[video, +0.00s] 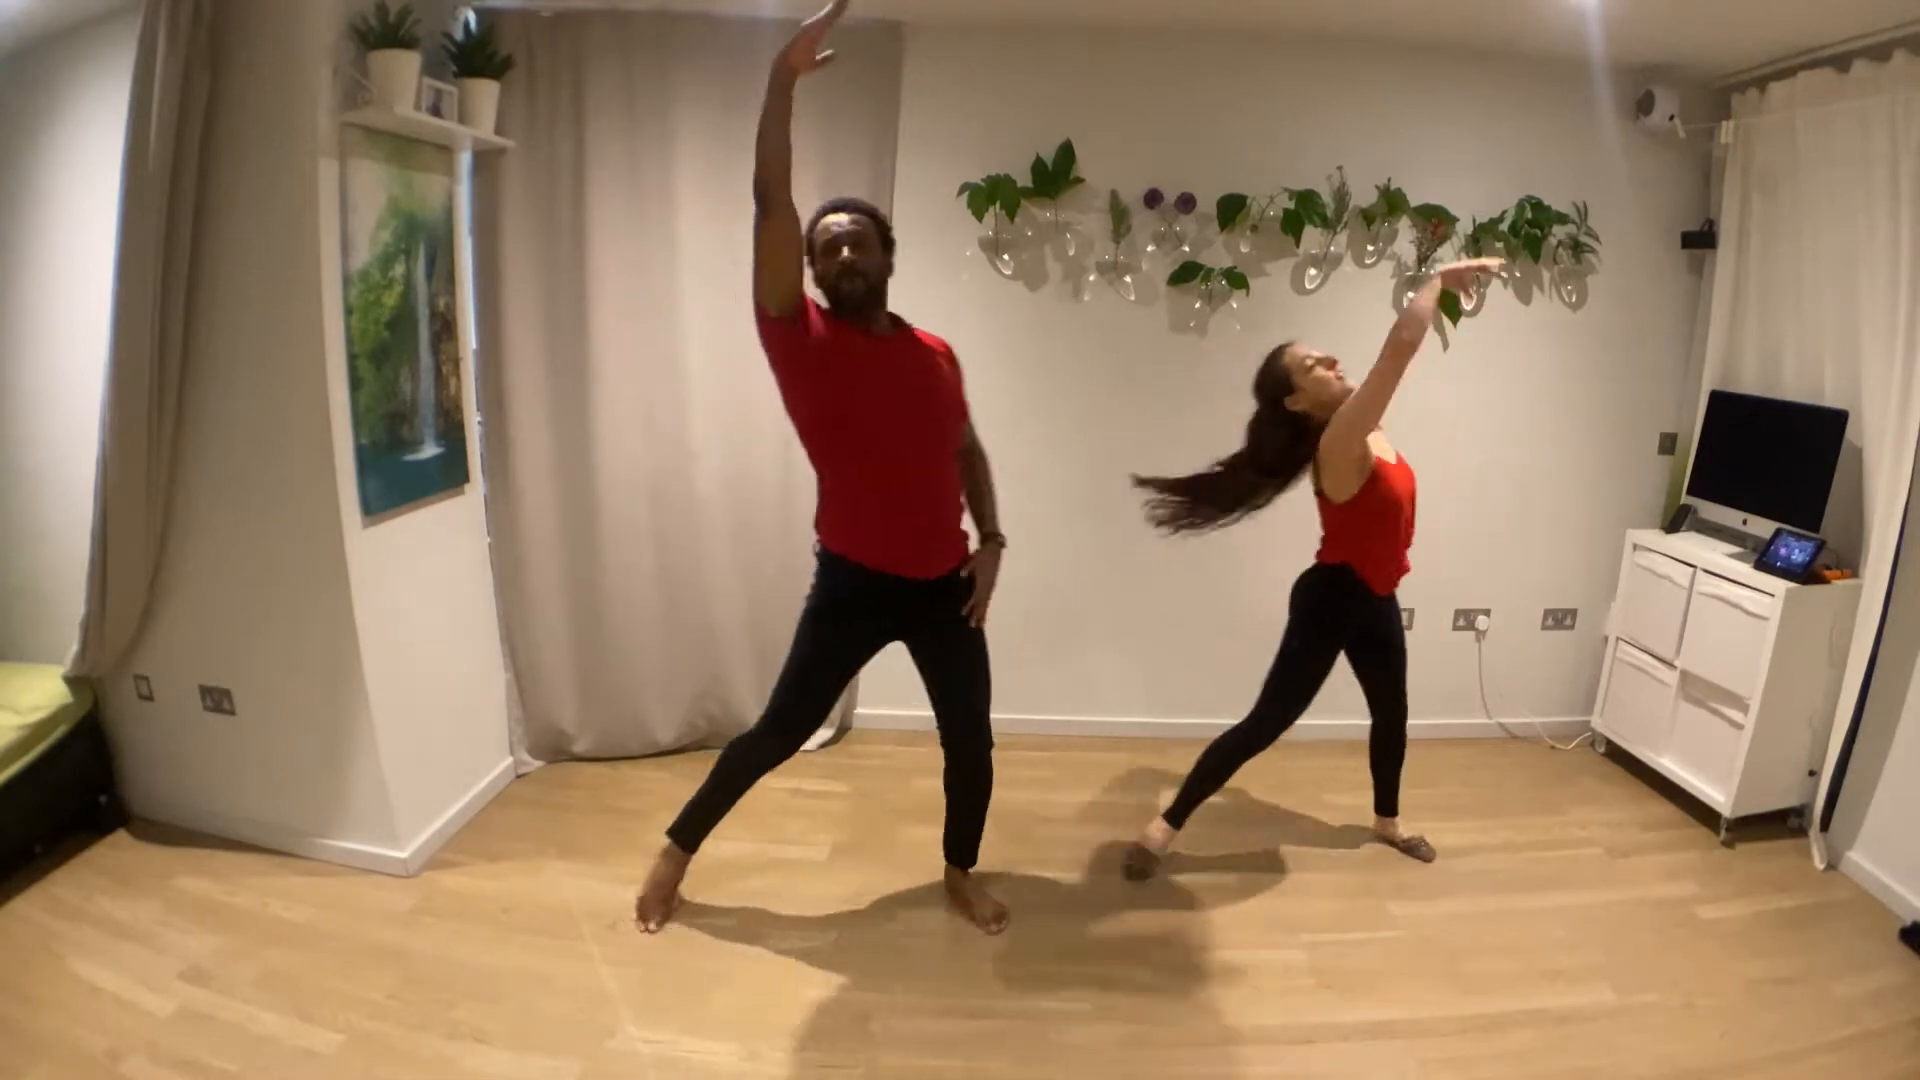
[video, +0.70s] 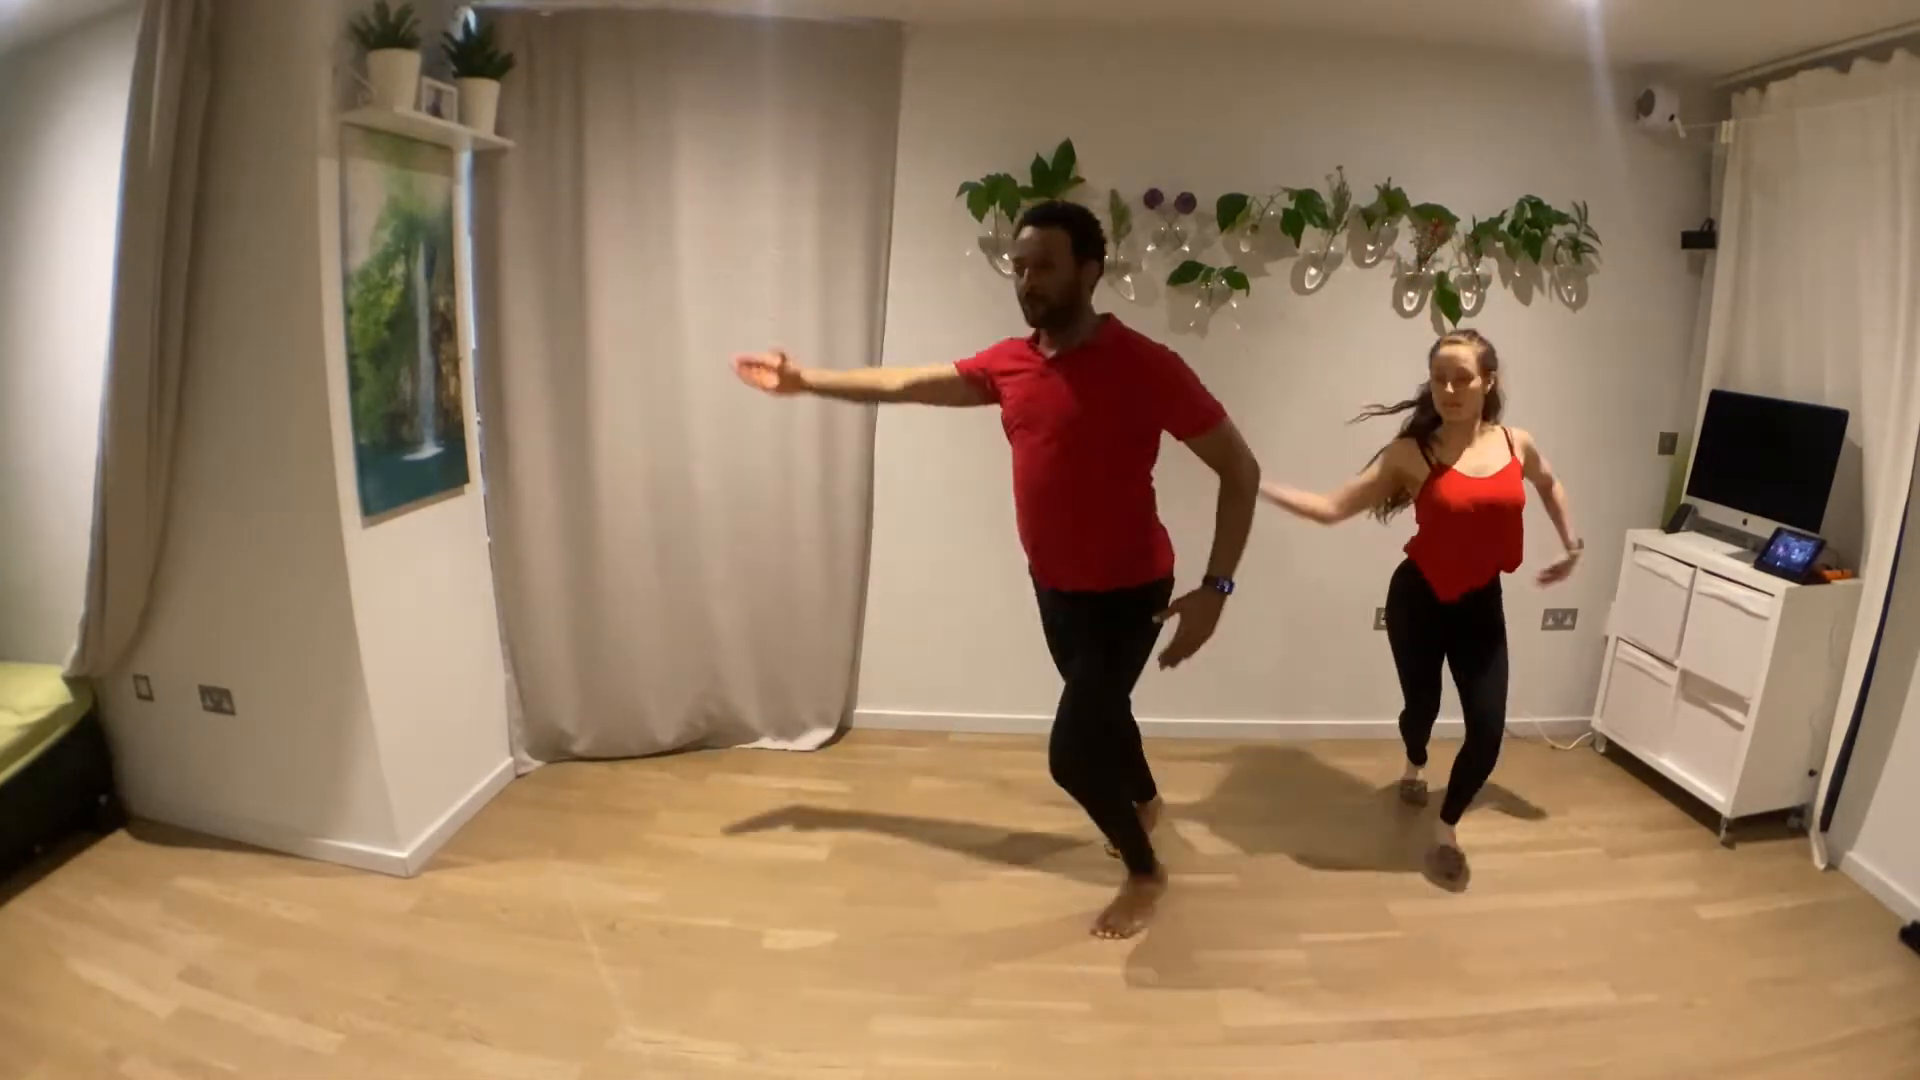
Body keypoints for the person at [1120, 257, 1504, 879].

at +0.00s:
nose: (1329, 360)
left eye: (1321, 354)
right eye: (1313, 365)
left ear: (1323, 385)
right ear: (1300, 402)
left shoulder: (1361, 430)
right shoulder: (1335, 447)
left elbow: (1402, 353)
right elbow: (1403, 347)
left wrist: (1450, 276)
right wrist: (1439, 277)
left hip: (1375, 602)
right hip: (1330, 598)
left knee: (1390, 715)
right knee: (1267, 723)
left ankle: (1387, 821)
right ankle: (1167, 825)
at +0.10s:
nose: (1364, 361)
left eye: (1358, 354)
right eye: (1349, 360)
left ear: (1361, 376)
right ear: (1329, 392)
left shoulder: (1385, 430)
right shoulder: (1358, 438)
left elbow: (1393, 338)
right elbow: (1391, 336)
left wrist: (1425, 266)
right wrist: (1418, 260)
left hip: (1406, 600)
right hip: (1363, 596)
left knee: (1410, 712)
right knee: (1327, 733)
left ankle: (1390, 820)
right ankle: (1229, 820)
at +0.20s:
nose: (1395, 358)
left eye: (1391, 352)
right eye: (1380, 356)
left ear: (1390, 377)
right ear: (1358, 386)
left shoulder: (1412, 434)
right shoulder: (1371, 438)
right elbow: (1376, 337)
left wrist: (1410, 265)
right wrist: (1393, 258)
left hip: (1430, 599)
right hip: (1387, 595)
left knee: (1427, 715)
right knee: (1384, 730)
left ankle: (1391, 818)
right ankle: (1300, 801)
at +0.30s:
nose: (1417, 357)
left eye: (1414, 351)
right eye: (1400, 356)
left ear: (1420, 377)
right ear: (1374, 383)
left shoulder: (1434, 437)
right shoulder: (1385, 443)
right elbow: (1359, 353)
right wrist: (1370, 271)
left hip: (1453, 600)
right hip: (1405, 601)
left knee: (1445, 715)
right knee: (1412, 728)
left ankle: (1395, 812)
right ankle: (1366, 764)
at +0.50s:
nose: (1445, 371)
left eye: (1449, 359)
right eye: (1428, 365)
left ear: (1459, 367)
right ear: (1403, 385)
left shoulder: (1476, 430)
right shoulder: (1396, 438)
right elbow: (1320, 381)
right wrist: (1314, 306)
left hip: (1478, 592)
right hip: (1422, 593)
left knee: (1478, 721)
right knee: (1419, 721)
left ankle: (1403, 808)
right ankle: (1410, 760)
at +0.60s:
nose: (1448, 382)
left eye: (1458, 369)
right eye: (1435, 373)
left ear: (1476, 373)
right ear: (1418, 383)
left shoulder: (1499, 432)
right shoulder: (1401, 439)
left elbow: (1491, 501)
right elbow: (1308, 437)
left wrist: (1489, 554)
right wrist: (1277, 368)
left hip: (1479, 597)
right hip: (1421, 596)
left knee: (1491, 723)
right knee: (1423, 708)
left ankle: (1419, 801)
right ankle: (1420, 768)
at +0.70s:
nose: (1449, 390)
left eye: (1462, 379)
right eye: (1440, 379)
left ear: (1488, 384)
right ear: (1430, 384)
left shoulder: (1516, 444)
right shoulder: (1410, 453)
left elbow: (1549, 486)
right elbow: (1331, 507)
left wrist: (1571, 545)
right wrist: (1255, 484)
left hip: (1480, 598)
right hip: (1419, 595)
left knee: (1488, 730)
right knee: (1421, 707)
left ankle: (1447, 825)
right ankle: (1415, 767)